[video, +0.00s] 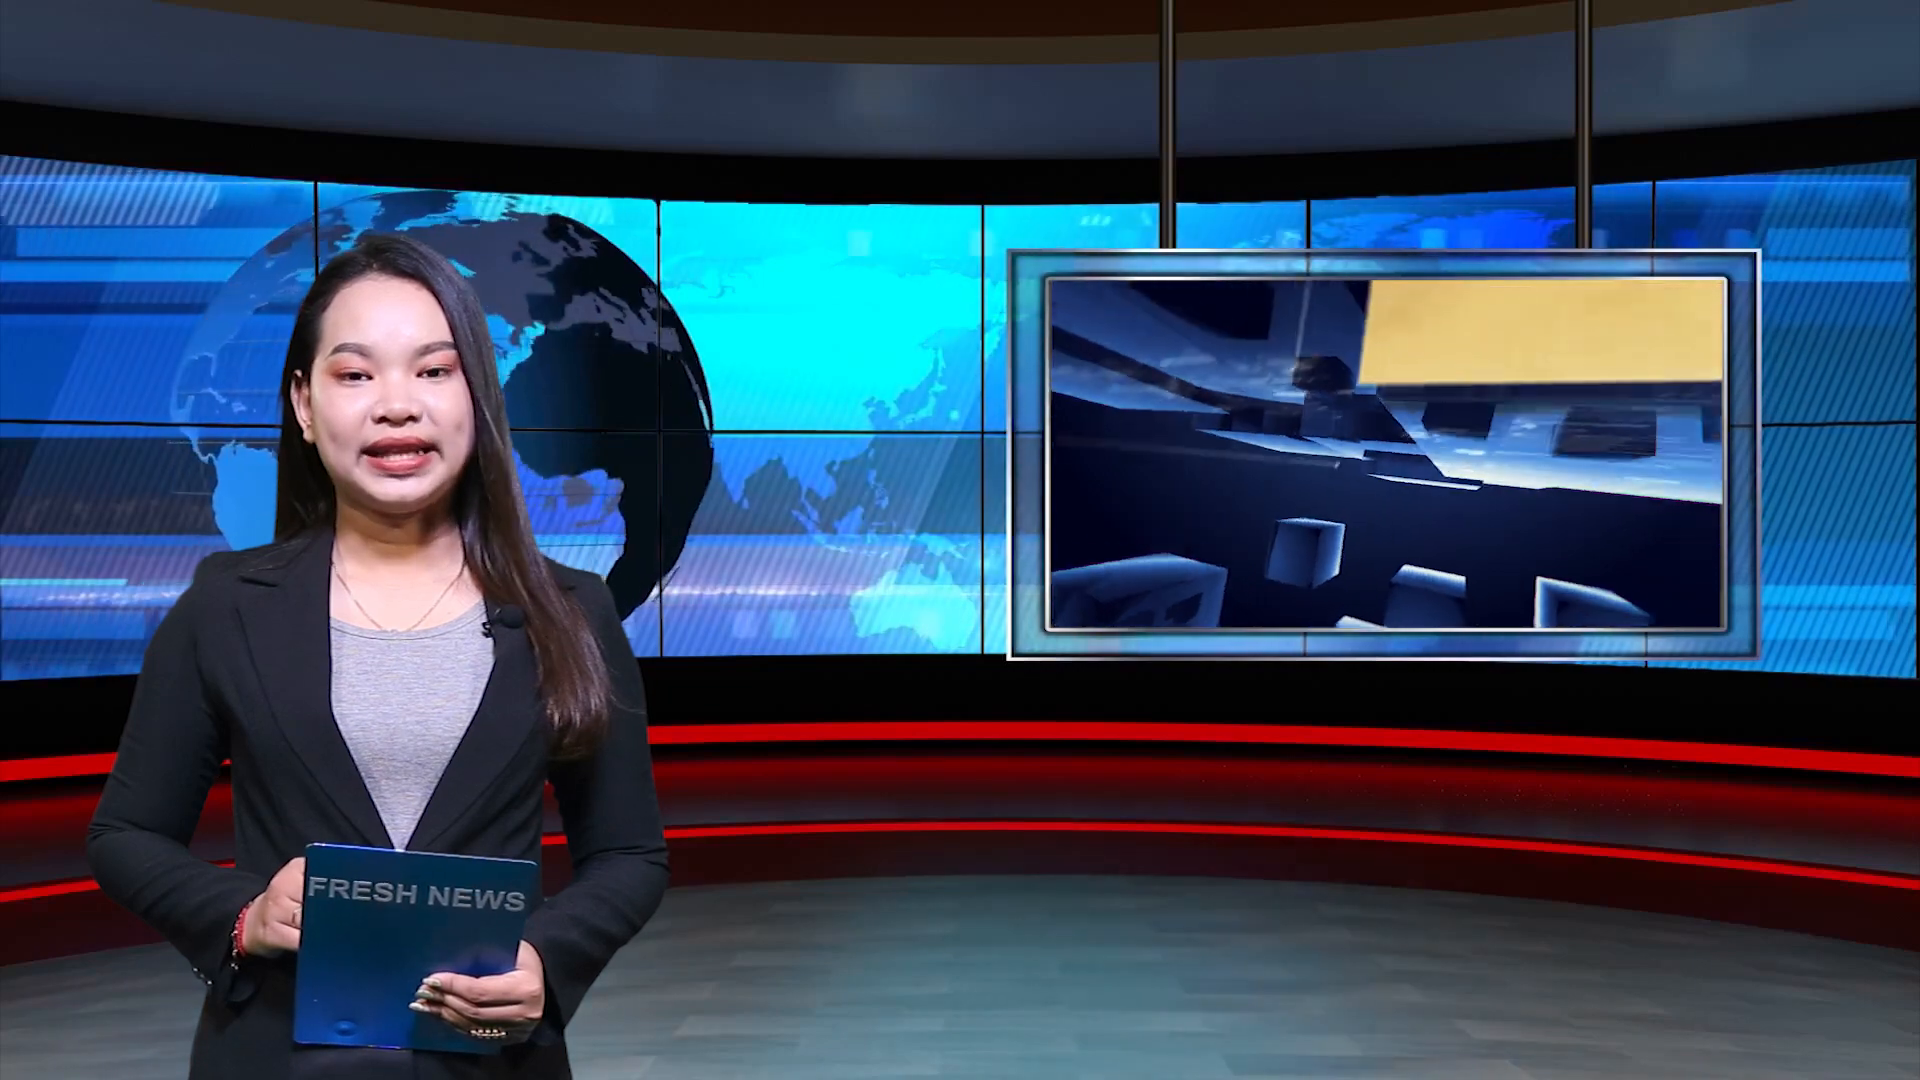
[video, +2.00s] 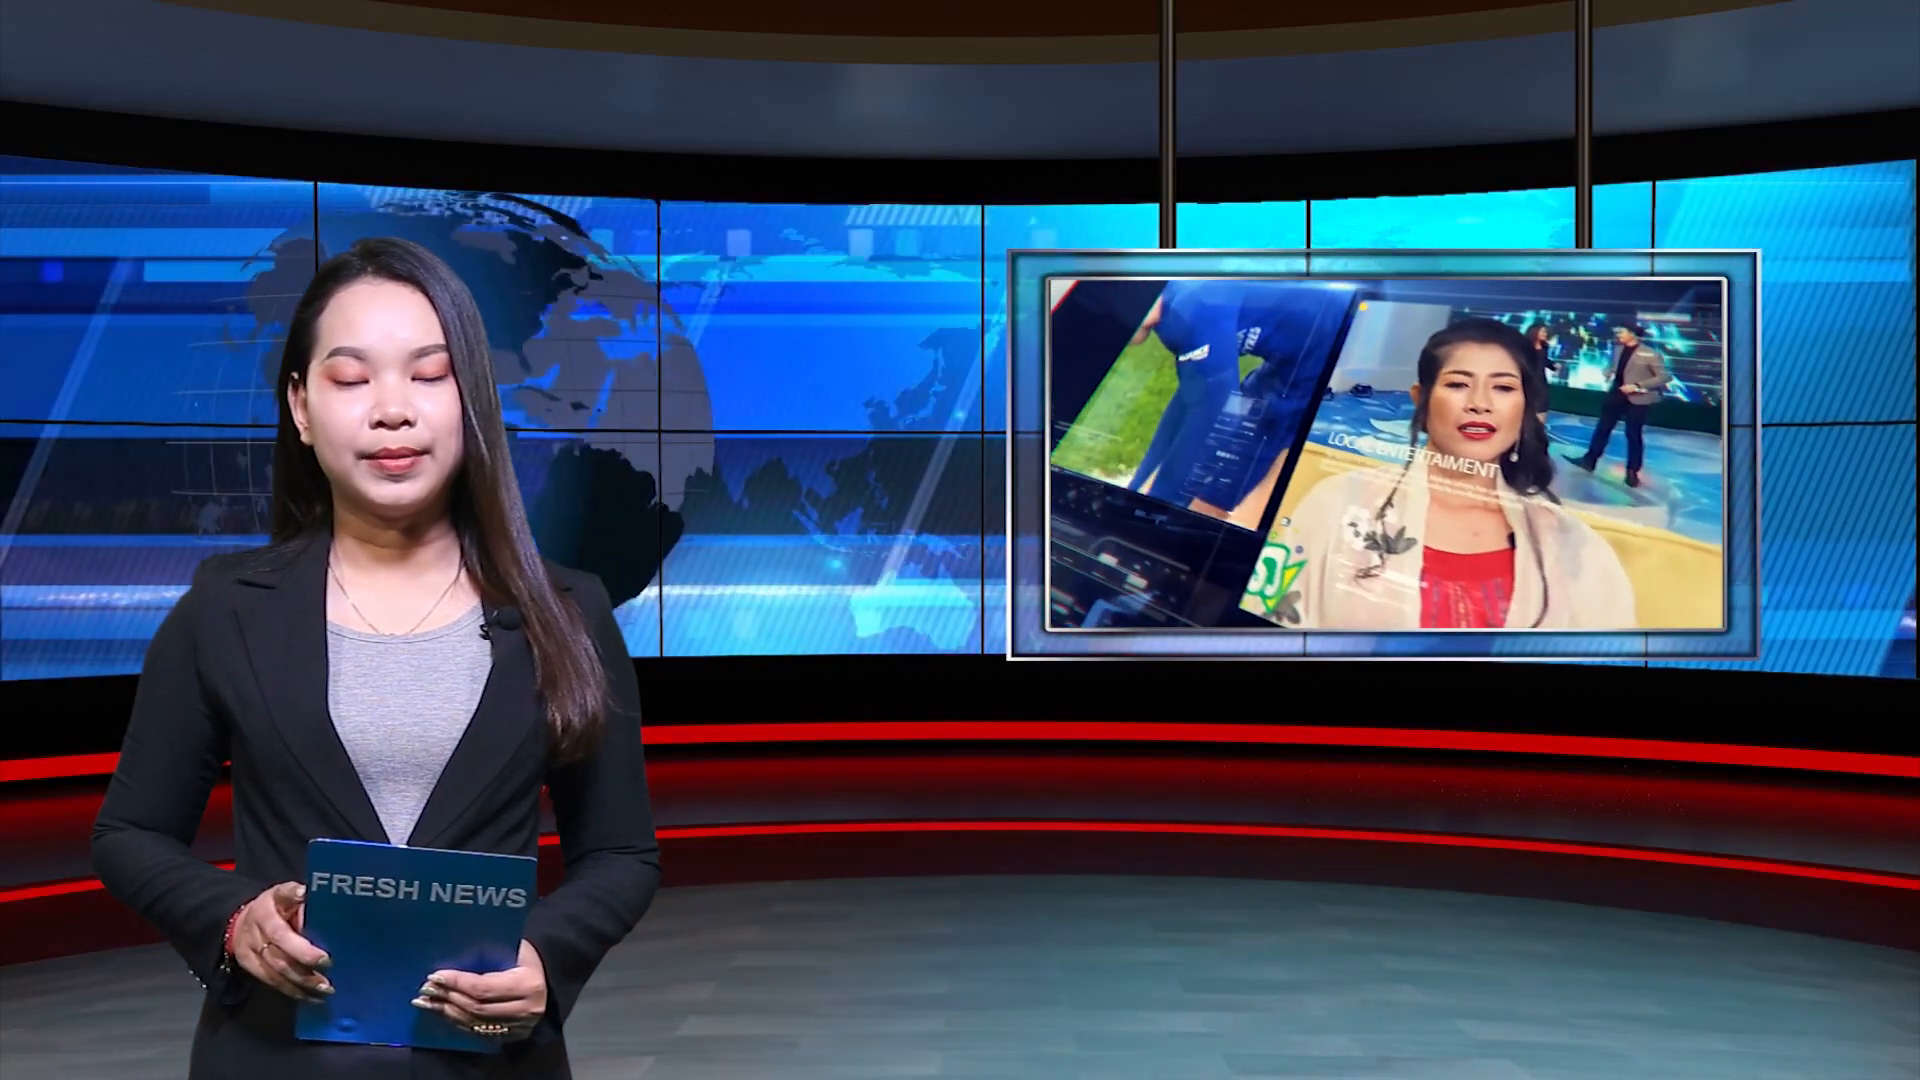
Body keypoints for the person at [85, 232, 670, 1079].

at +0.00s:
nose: (397, 404)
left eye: (431, 369)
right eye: (354, 373)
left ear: (476, 396)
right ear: (304, 405)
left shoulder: (568, 613)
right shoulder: (227, 608)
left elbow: (629, 856)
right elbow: (126, 836)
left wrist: (544, 964)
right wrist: (241, 911)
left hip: (493, 1050)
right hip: (276, 1053)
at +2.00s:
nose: (393, 410)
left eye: (427, 374)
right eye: (351, 377)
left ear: (470, 400)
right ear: (301, 408)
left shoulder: (564, 615)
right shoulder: (226, 612)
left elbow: (620, 855)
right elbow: (129, 835)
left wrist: (543, 960)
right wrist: (229, 916)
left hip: (491, 1051)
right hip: (276, 1054)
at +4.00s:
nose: (401, 422)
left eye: (435, 382)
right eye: (359, 384)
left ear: (472, 407)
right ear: (305, 410)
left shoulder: (560, 617)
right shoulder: (228, 614)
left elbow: (618, 857)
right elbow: (129, 839)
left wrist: (547, 958)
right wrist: (232, 914)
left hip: (492, 1051)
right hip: (278, 1053)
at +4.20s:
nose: (400, 420)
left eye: (433, 380)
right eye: (359, 383)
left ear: (473, 405)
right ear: (305, 410)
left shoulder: (559, 616)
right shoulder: (227, 614)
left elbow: (619, 856)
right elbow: (129, 840)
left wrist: (547, 957)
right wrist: (232, 914)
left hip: (492, 1052)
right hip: (279, 1054)